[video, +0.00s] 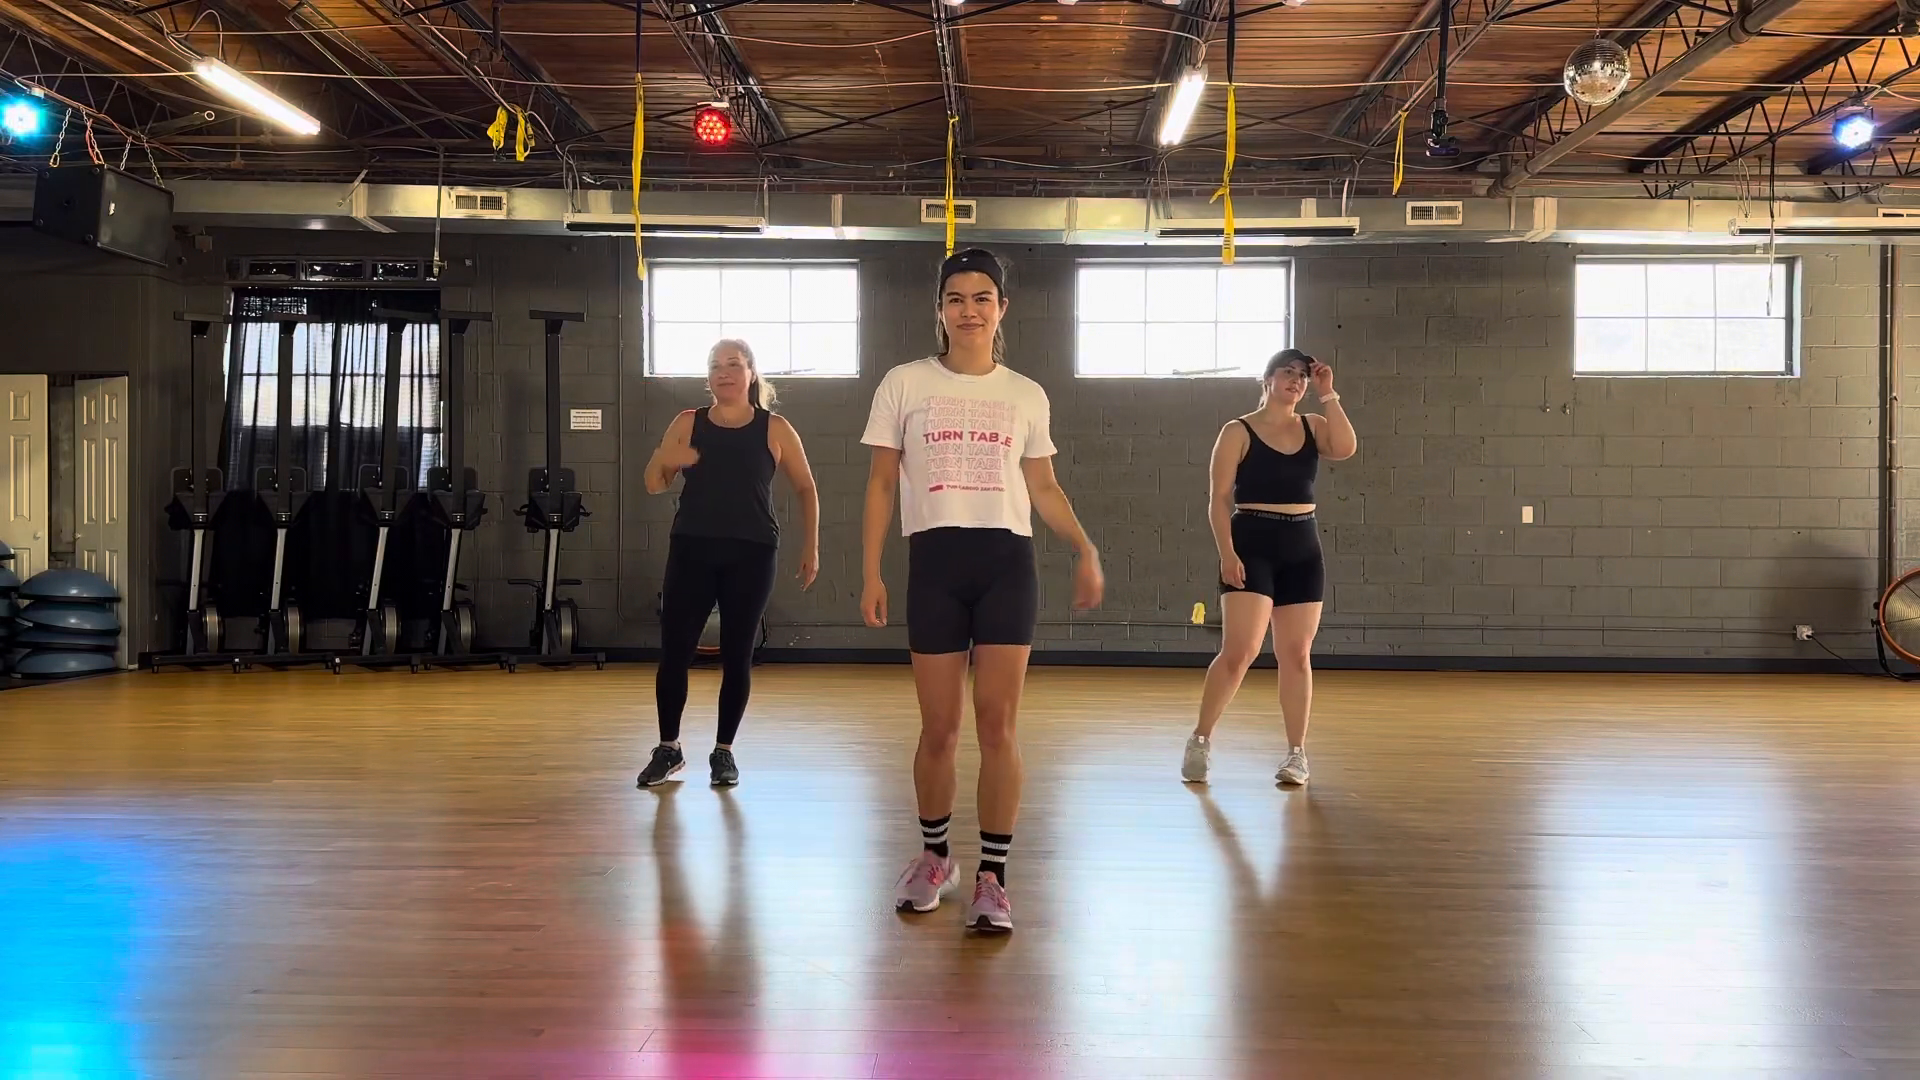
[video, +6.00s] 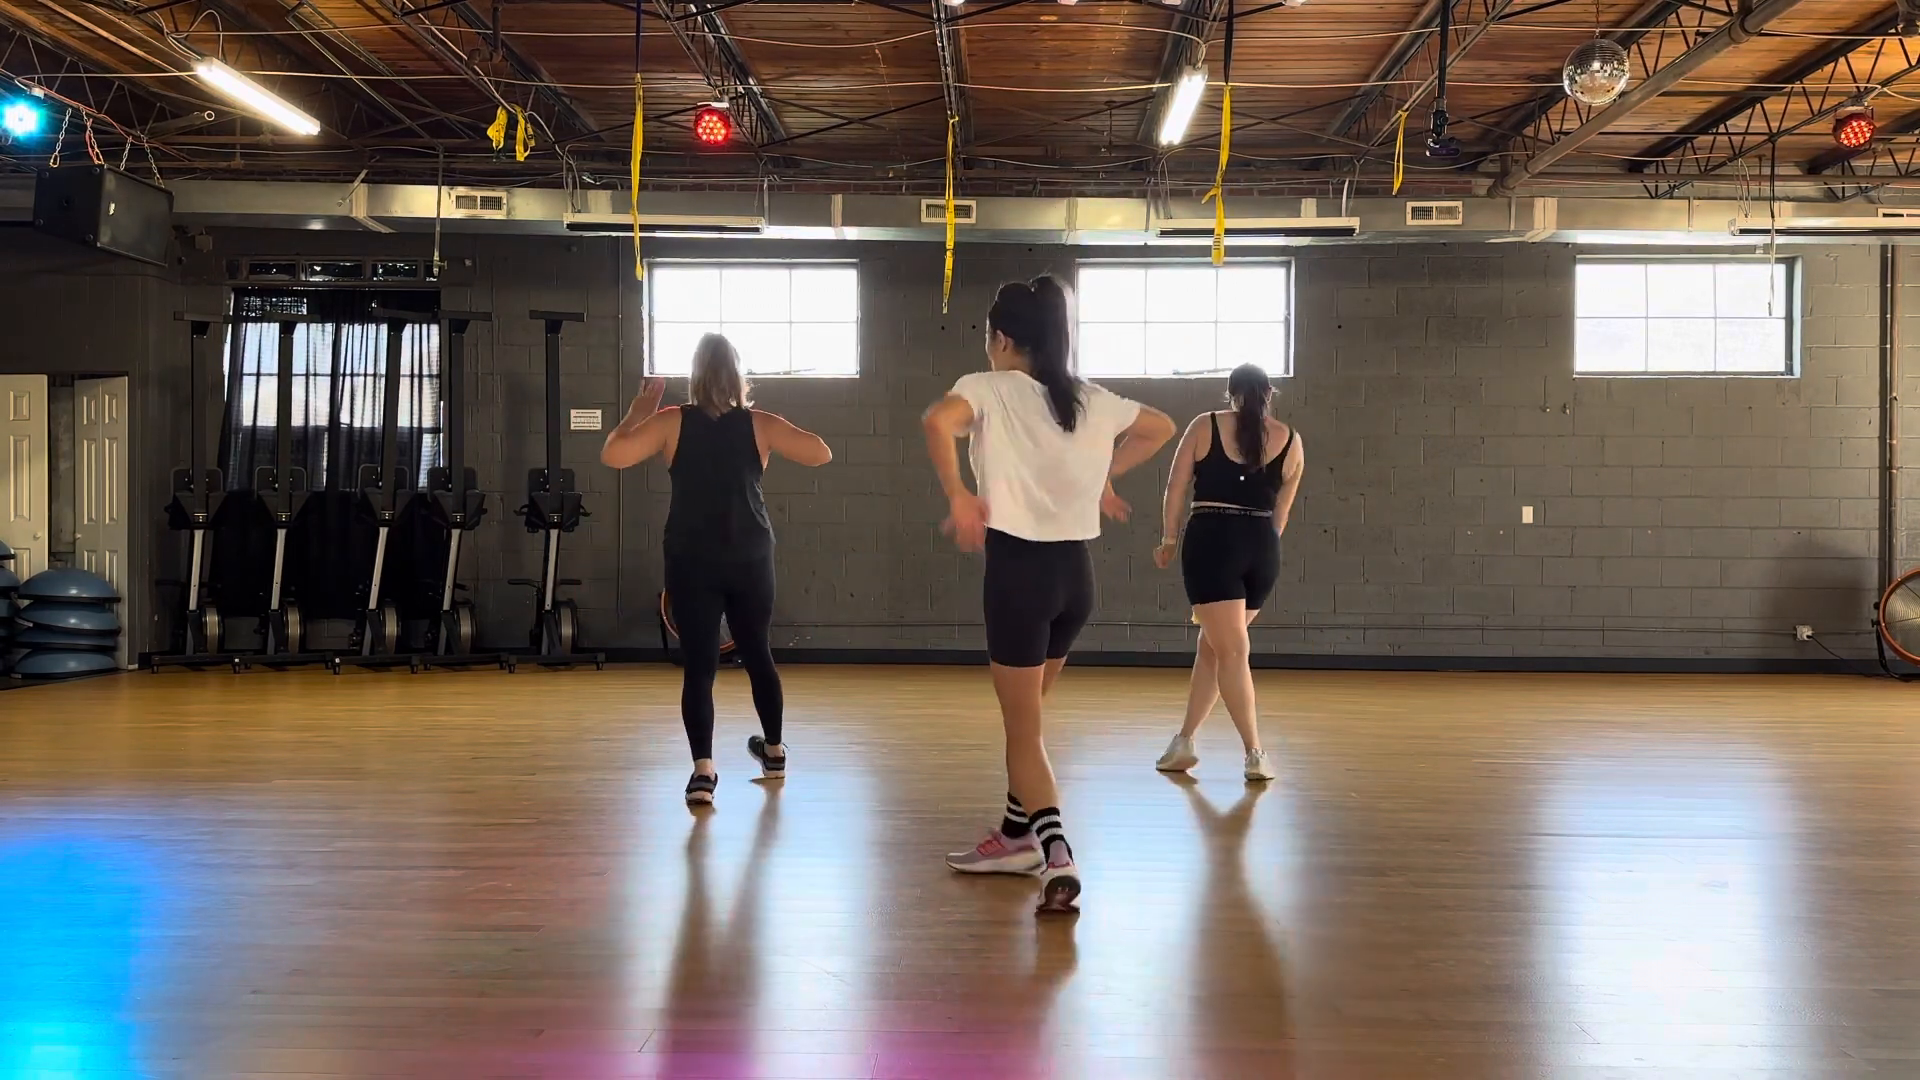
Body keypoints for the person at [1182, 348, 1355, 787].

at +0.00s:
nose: (1294, 380)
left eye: (1301, 376)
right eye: (1286, 372)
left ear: (1305, 389)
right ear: (1267, 380)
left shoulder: (1311, 426)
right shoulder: (1238, 431)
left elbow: (1345, 447)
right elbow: (1220, 498)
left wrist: (1328, 394)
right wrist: (1227, 554)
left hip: (1303, 548)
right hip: (1251, 545)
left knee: (1297, 654)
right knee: (1239, 652)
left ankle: (1296, 753)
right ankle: (1200, 740)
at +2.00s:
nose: (1275, 342)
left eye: (1285, 336)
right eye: (1265, 334)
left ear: (1298, 353)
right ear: (1247, 349)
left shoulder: (1317, 420)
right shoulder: (1210, 408)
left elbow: (1364, 476)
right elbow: (1154, 465)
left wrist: (1406, 417)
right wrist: (1094, 416)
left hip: (1298, 548)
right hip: (1227, 546)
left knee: (1278, 691)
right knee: (1267, 653)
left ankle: (1251, 811)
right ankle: (1224, 746)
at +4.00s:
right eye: (1286, 344)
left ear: (1242, 355)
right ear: (1287, 352)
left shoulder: (1215, 416)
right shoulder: (1320, 402)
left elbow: (1193, 480)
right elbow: (1354, 474)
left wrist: (1184, 524)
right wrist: (1368, 547)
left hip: (1248, 547)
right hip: (1316, 548)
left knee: (1256, 687)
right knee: (1295, 635)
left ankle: (1267, 819)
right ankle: (1281, 743)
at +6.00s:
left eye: (1231, 389)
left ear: (1230, 392)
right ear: (1269, 395)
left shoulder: (1203, 426)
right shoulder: (1290, 441)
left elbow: (1178, 484)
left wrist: (1169, 535)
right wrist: (1266, 551)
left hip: (1210, 540)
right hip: (1263, 546)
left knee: (1233, 652)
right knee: (1212, 648)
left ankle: (1254, 752)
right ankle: (1185, 740)